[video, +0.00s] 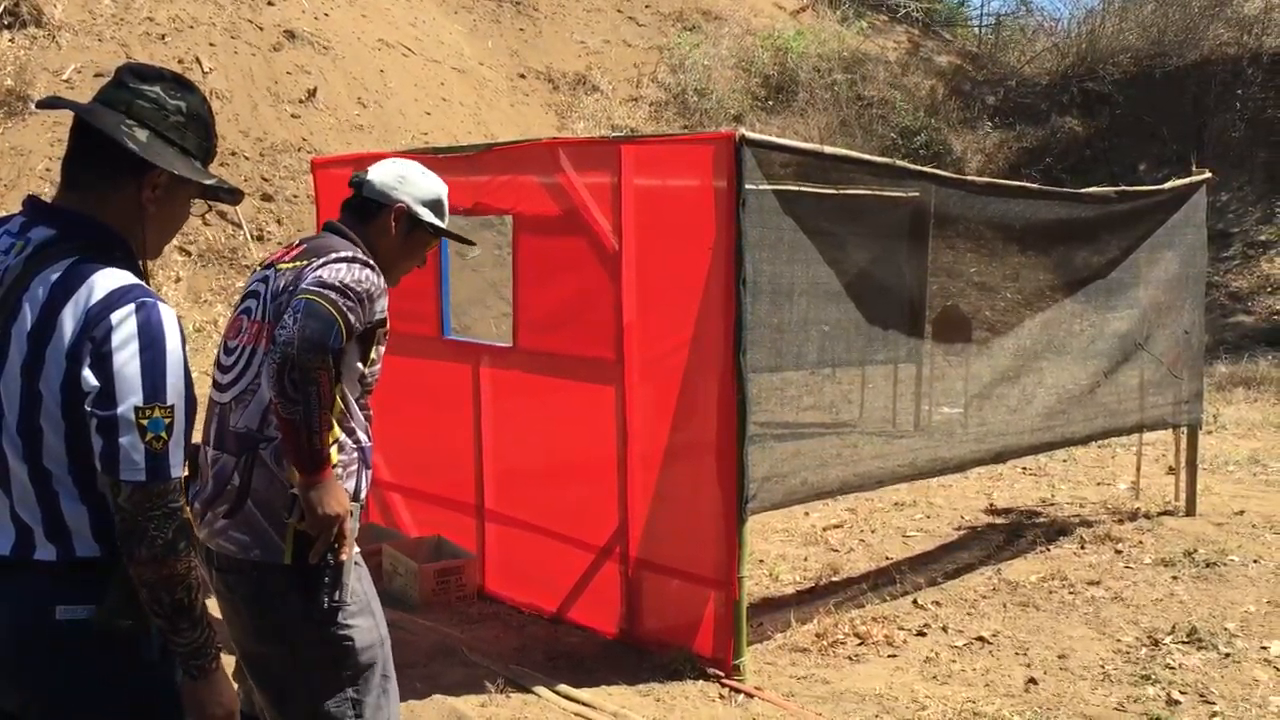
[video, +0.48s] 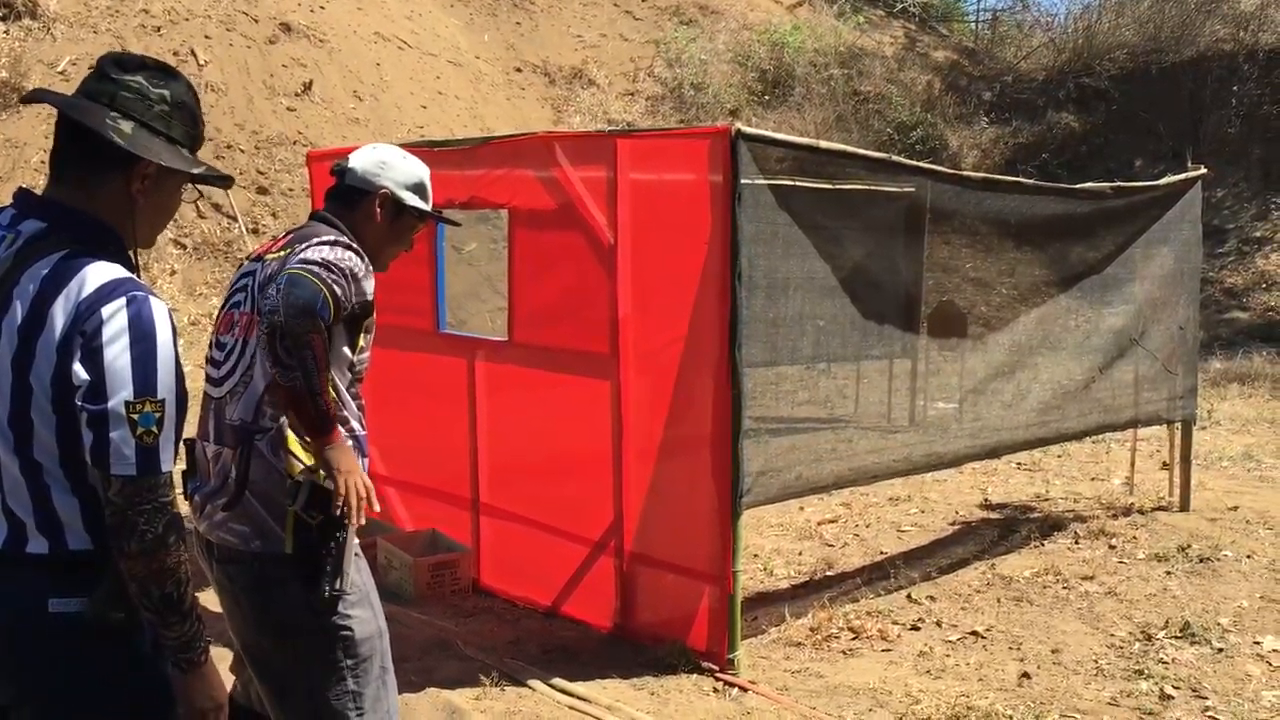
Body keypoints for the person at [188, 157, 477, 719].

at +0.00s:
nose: (425, 261)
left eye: (432, 247)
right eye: (427, 243)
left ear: (362, 214)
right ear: (393, 221)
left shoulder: (283, 263)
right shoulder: (353, 271)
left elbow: (234, 387)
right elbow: (301, 353)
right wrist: (317, 476)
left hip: (240, 539)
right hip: (296, 545)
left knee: (282, 702)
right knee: (358, 701)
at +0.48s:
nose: (412, 245)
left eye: (419, 231)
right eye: (413, 227)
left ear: (344, 201)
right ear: (377, 210)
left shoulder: (271, 256)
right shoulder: (340, 257)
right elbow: (291, 320)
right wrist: (334, 443)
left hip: (237, 529)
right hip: (291, 537)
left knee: (272, 695)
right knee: (356, 702)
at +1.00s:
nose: (383, 202)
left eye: (383, 187)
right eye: (375, 186)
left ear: (322, 184)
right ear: (335, 185)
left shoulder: (245, 251)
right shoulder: (322, 274)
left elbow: (239, 398)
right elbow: (350, 419)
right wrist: (400, 531)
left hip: (221, 528)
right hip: (283, 539)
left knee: (262, 698)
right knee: (343, 702)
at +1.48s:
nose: (391, 213)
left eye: (392, 198)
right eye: (386, 197)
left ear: (315, 194)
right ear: (349, 199)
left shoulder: (248, 262)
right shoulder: (328, 285)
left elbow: (247, 406)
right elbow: (342, 433)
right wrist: (392, 545)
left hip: (211, 527)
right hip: (272, 541)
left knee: (264, 692)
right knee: (350, 700)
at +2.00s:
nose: (390, 224)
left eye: (391, 209)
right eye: (386, 208)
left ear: (316, 203)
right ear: (348, 208)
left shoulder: (254, 267)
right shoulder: (325, 291)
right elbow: (338, 438)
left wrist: (314, 517)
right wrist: (385, 552)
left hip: (208, 531)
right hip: (268, 545)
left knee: (268, 683)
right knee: (354, 700)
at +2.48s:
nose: (399, 222)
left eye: (399, 208)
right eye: (393, 207)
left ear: (331, 204)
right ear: (353, 208)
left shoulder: (259, 267)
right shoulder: (332, 288)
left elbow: (268, 407)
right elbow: (347, 435)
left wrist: (329, 497)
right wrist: (395, 547)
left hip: (218, 533)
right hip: (276, 544)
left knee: (277, 695)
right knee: (359, 699)